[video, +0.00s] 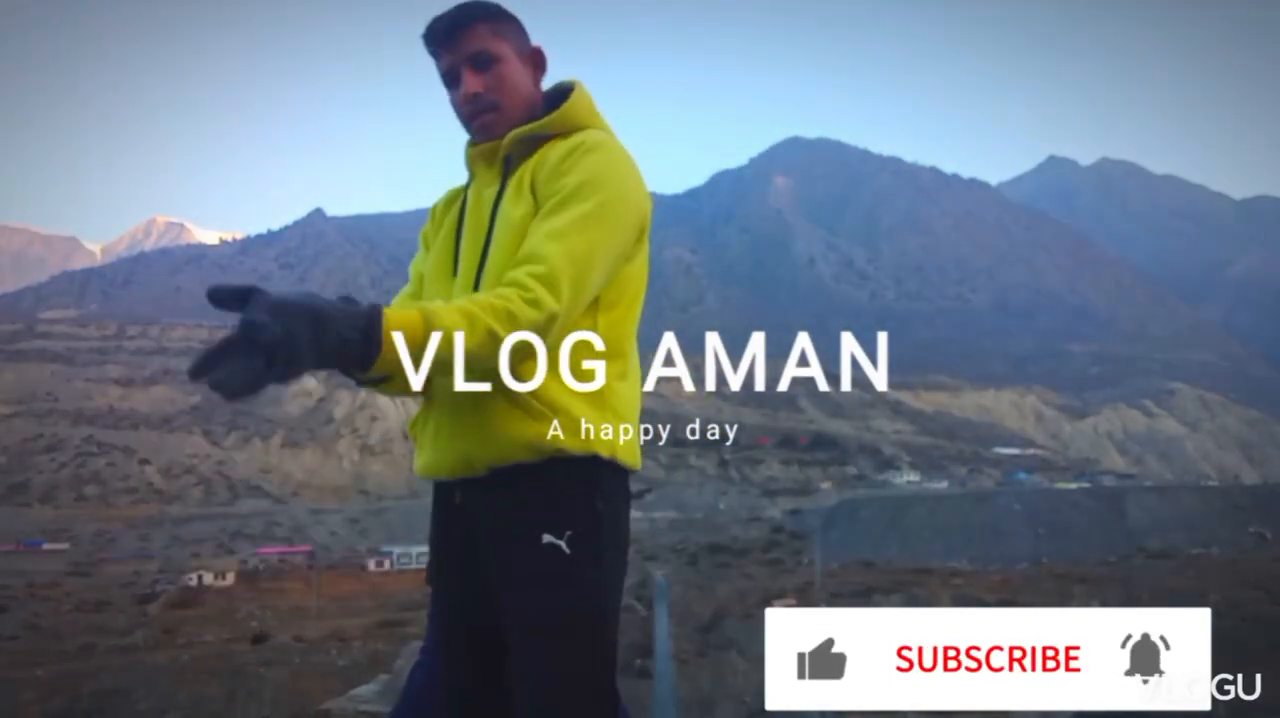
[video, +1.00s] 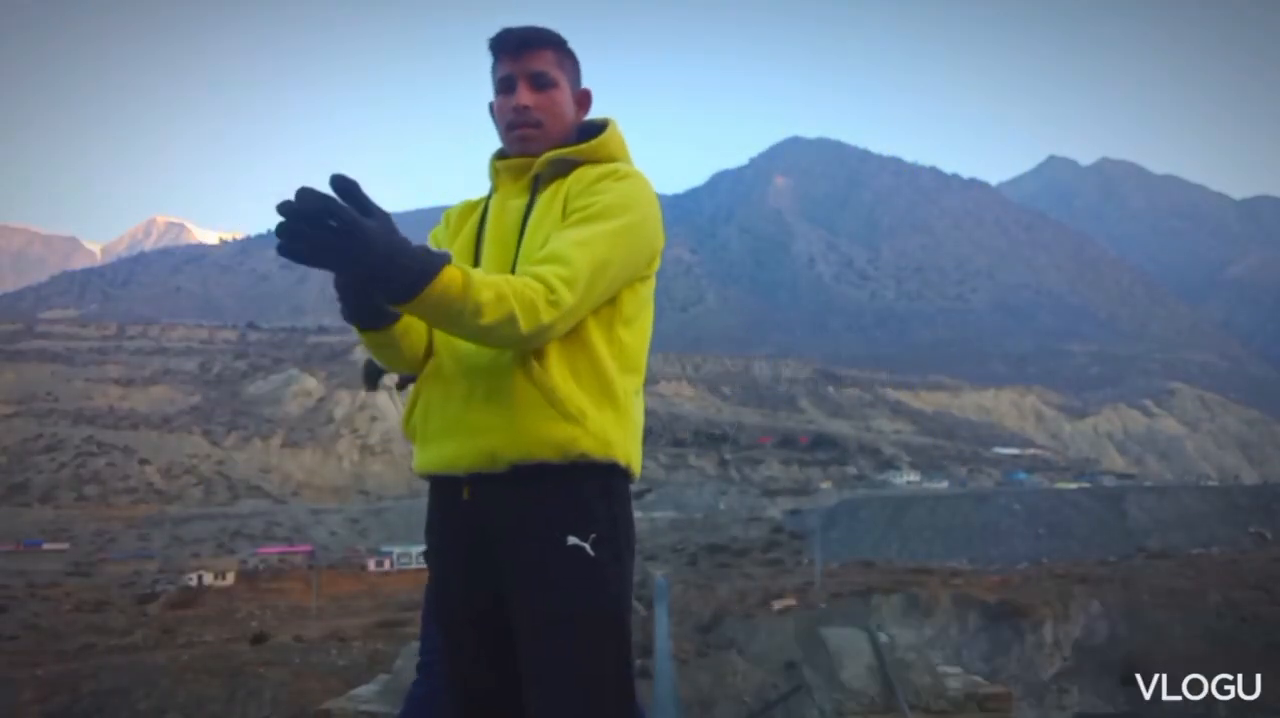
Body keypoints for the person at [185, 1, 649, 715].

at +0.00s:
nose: (470, 87)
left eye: (486, 64)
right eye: (453, 77)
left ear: (535, 64)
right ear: (447, 94)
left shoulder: (595, 168)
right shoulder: (451, 211)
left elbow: (522, 320)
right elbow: (420, 345)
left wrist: (354, 333)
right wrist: (318, 335)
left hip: (561, 484)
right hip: (464, 489)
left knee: (564, 699)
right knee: (465, 696)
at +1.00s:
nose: (520, 100)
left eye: (541, 83)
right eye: (505, 86)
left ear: (581, 100)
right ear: (492, 106)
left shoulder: (618, 196)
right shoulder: (458, 222)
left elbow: (530, 312)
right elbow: (412, 354)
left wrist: (399, 264)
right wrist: (364, 283)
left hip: (567, 498)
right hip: (460, 500)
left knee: (578, 698)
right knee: (465, 697)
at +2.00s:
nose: (483, 98)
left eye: (504, 78)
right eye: (470, 84)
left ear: (554, 96)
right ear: (460, 106)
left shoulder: (616, 187)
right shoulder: (439, 212)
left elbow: (730, 151)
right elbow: (319, 207)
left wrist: (645, 88)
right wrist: (410, 132)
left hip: (574, 496)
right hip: (457, 500)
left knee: (587, 698)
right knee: (474, 696)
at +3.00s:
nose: (516, 92)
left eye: (537, 77)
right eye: (502, 82)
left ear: (577, 98)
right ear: (489, 106)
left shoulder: (611, 196)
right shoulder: (449, 223)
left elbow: (725, 283)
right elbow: (337, 328)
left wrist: (622, 167)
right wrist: (325, 227)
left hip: (579, 498)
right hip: (460, 501)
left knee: (589, 697)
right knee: (458, 695)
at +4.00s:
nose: (467, 102)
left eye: (481, 78)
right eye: (465, 85)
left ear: (544, 70)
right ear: (526, 78)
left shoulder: (616, 152)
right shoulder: (491, 214)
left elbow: (735, 233)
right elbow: (495, 370)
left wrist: (782, 265)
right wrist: (390, 368)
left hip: (594, 479)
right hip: (497, 488)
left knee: (588, 696)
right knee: (504, 697)